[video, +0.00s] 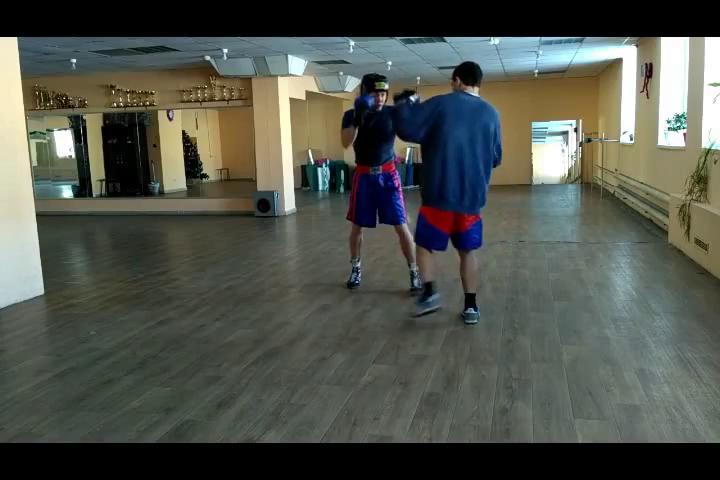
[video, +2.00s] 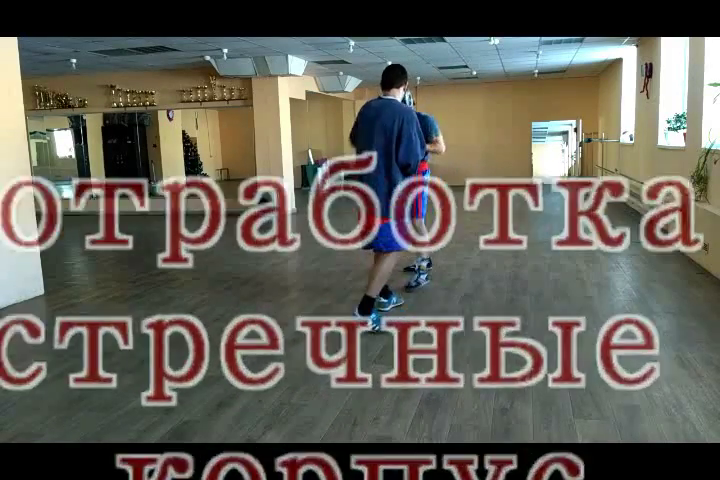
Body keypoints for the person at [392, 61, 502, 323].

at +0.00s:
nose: (452, 84)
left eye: (452, 80)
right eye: (454, 81)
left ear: (457, 81)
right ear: (479, 84)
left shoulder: (440, 104)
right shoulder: (490, 112)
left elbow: (406, 127)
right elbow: (495, 157)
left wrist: (403, 104)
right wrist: (474, 175)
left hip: (438, 191)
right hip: (473, 193)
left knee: (425, 245)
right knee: (468, 252)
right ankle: (471, 307)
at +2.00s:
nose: (405, 90)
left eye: (404, 87)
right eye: (406, 87)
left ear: (381, 86)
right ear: (403, 87)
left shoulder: (367, 108)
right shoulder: (406, 115)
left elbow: (355, 139)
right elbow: (410, 160)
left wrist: (373, 151)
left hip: (366, 184)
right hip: (392, 188)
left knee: (378, 246)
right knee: (390, 249)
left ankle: (383, 294)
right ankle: (366, 308)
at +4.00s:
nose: (392, 98)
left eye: (393, 94)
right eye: (392, 93)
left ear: (372, 90)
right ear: (386, 92)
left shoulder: (365, 111)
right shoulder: (369, 115)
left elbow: (379, 128)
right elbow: (371, 159)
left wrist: (399, 114)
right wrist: (389, 153)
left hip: (372, 189)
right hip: (363, 191)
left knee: (383, 233)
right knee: (365, 238)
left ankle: (387, 280)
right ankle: (330, 282)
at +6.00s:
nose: (379, 108)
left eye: (380, 104)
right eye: (377, 103)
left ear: (367, 103)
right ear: (365, 101)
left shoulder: (371, 123)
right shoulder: (349, 125)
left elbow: (379, 151)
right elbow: (346, 163)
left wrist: (391, 134)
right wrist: (375, 160)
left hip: (375, 183)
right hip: (355, 187)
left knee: (392, 214)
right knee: (350, 224)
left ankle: (395, 259)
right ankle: (333, 261)